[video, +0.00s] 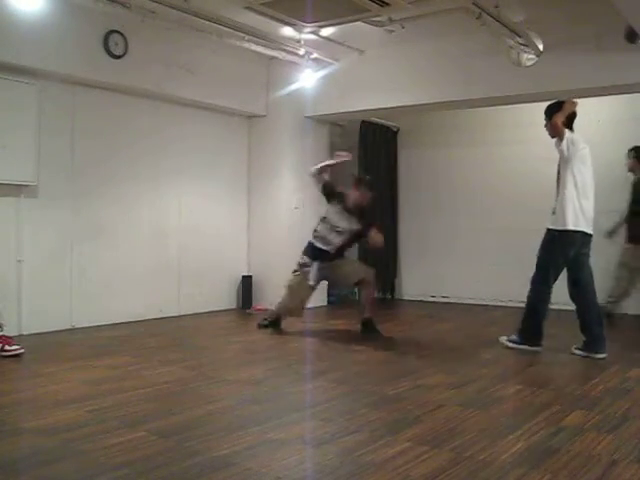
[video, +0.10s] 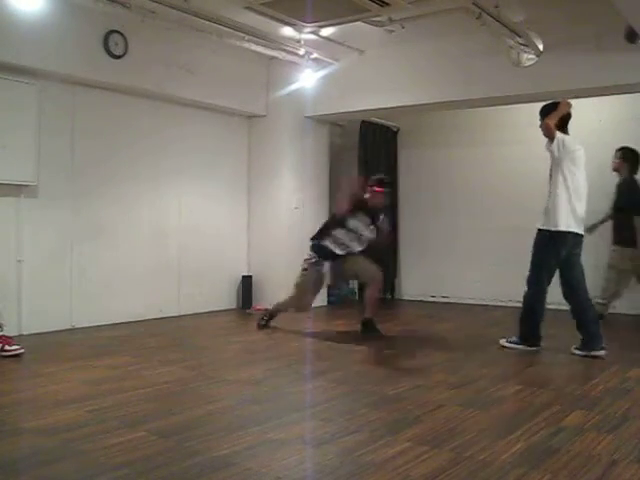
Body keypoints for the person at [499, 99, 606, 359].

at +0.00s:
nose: (546, 129)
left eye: (548, 124)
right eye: (546, 124)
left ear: (559, 121)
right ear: (566, 122)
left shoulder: (571, 144)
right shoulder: (579, 146)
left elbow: (556, 123)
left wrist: (567, 108)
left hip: (564, 228)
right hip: (581, 229)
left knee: (540, 283)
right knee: (583, 290)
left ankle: (529, 336)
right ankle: (595, 344)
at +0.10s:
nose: (542, 129)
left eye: (544, 123)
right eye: (542, 124)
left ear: (554, 122)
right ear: (565, 124)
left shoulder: (564, 146)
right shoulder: (574, 149)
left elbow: (548, 126)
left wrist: (560, 111)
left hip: (554, 227)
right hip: (572, 229)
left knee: (536, 286)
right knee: (575, 290)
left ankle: (528, 337)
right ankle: (592, 342)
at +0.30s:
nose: (533, 127)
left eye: (535, 121)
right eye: (534, 121)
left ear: (544, 123)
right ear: (557, 124)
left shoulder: (555, 147)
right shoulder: (564, 149)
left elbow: (536, 131)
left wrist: (550, 111)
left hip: (540, 226)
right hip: (557, 227)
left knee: (526, 282)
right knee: (551, 281)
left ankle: (527, 338)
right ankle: (579, 328)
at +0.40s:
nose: (530, 128)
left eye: (532, 123)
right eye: (530, 124)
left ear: (540, 123)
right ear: (553, 125)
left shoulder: (551, 147)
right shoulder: (561, 149)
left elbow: (535, 131)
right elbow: (563, 192)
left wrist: (549, 111)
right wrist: (565, 223)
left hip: (539, 226)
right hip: (555, 227)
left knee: (526, 281)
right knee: (545, 279)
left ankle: (528, 338)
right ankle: (572, 322)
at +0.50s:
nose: (529, 130)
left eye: (530, 124)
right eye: (529, 124)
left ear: (540, 122)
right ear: (542, 124)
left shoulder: (551, 148)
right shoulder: (554, 149)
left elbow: (541, 131)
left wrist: (551, 111)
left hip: (541, 227)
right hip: (550, 227)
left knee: (527, 283)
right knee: (539, 281)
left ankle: (528, 339)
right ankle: (568, 320)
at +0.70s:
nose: (536, 133)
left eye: (537, 126)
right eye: (536, 127)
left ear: (547, 124)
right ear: (545, 126)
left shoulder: (561, 152)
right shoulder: (551, 155)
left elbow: (556, 133)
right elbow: (545, 199)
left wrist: (558, 115)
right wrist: (529, 226)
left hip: (549, 227)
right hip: (541, 226)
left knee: (533, 283)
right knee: (540, 282)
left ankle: (528, 339)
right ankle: (576, 324)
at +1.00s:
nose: (549, 138)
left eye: (551, 133)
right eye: (549, 133)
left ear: (564, 131)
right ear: (563, 132)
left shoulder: (585, 151)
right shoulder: (560, 158)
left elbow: (600, 131)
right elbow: (559, 195)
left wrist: (581, 114)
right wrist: (551, 227)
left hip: (579, 230)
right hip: (562, 229)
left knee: (554, 287)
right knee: (568, 286)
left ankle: (532, 337)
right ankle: (587, 336)